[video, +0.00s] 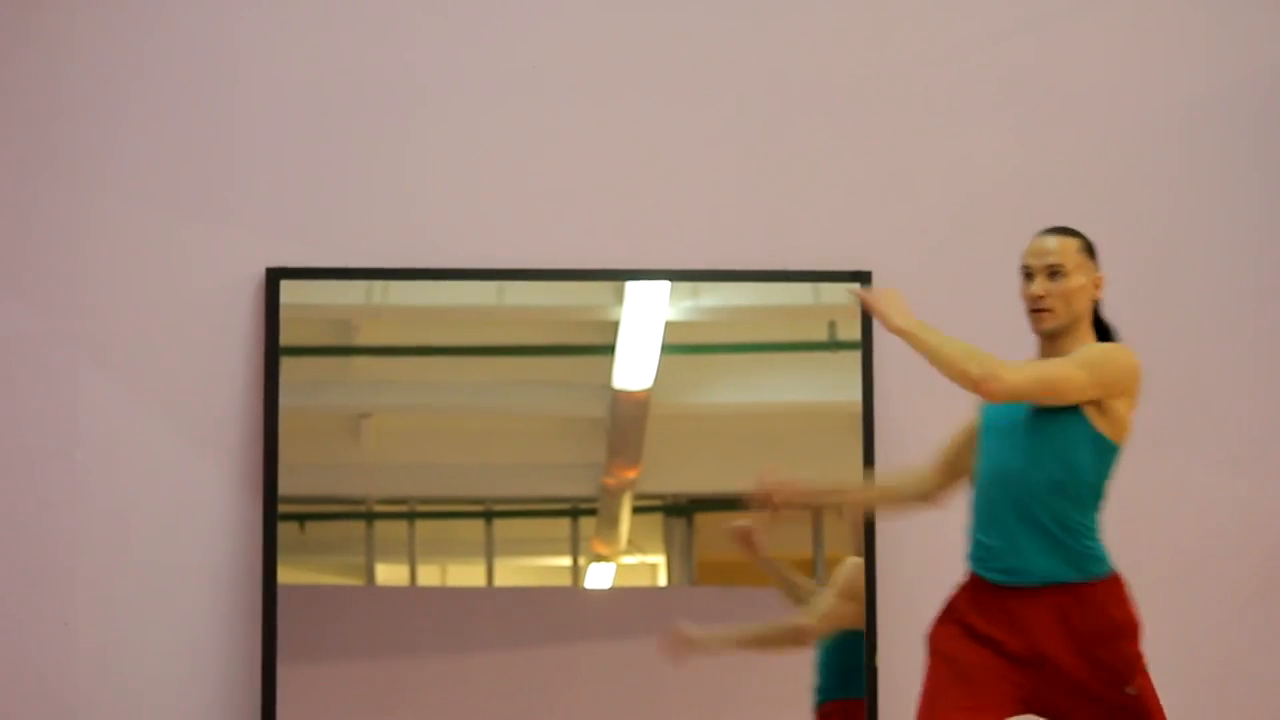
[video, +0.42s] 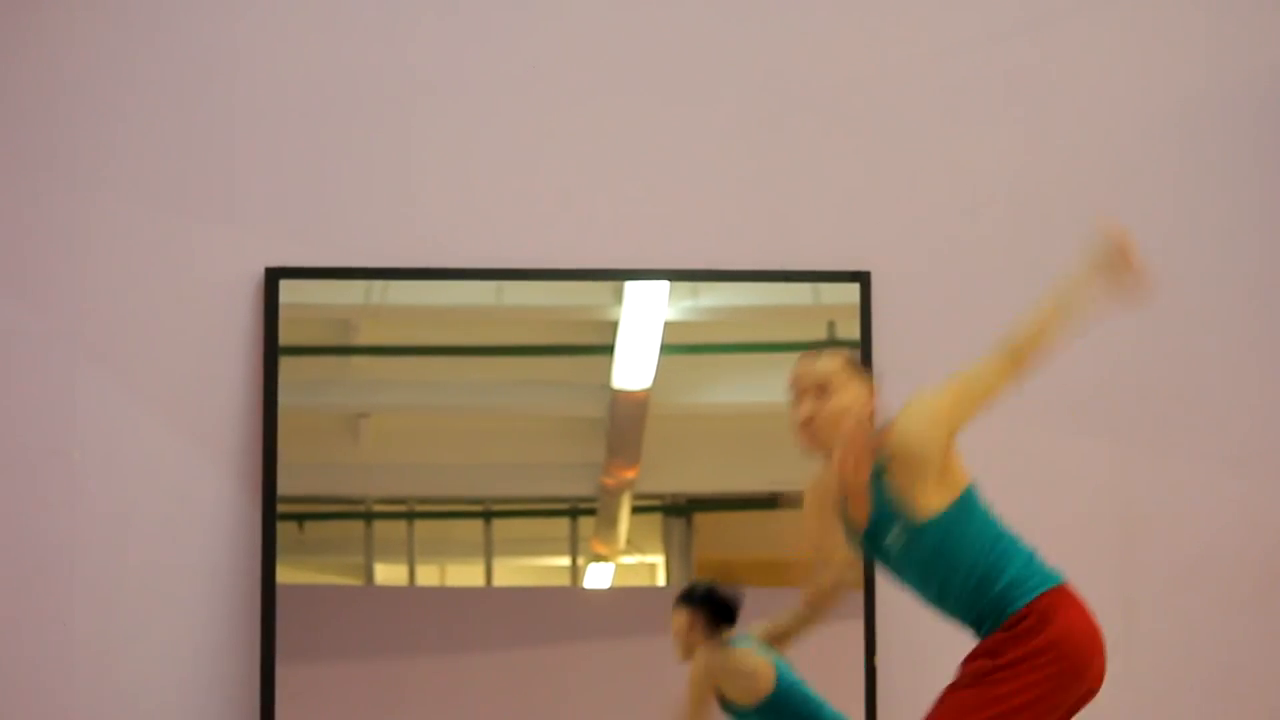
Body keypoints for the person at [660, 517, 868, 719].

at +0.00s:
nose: (853, 516)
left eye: (860, 508)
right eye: (856, 506)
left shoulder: (857, 570)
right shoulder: (854, 569)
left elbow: (807, 630)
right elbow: (814, 599)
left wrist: (704, 641)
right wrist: (760, 557)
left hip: (850, 706)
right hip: (837, 705)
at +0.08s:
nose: (826, 513)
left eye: (830, 503)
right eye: (829, 503)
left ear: (846, 507)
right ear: (857, 509)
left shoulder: (825, 563)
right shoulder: (866, 567)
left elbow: (745, 603)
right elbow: (816, 632)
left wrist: (658, 592)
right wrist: (756, 614)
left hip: (826, 705)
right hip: (855, 704)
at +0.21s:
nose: (750, 519)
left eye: (754, 509)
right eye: (751, 509)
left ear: (769, 510)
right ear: (795, 513)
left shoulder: (768, 562)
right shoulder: (836, 563)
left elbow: (668, 582)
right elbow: (877, 595)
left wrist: (637, 557)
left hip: (830, 701)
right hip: (866, 696)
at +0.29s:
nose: (704, 562)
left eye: (708, 553)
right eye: (706, 553)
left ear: (722, 554)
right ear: (752, 556)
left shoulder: (736, 595)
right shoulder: (790, 584)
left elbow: (676, 591)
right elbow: (854, 574)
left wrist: (634, 586)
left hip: (841, 710)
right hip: (860, 701)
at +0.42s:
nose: (673, 632)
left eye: (676, 621)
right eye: (674, 621)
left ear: (694, 622)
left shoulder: (706, 660)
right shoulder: (752, 640)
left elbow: (696, 713)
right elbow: (807, 613)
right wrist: (838, 576)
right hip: (832, 713)